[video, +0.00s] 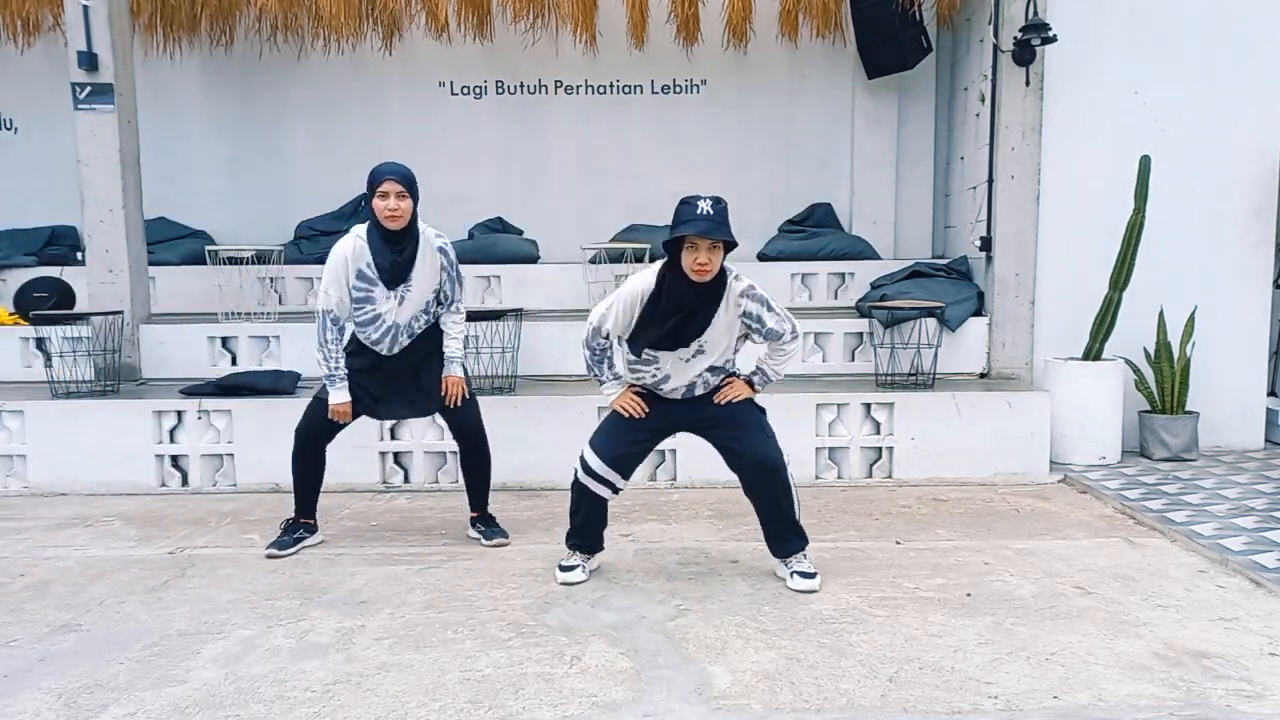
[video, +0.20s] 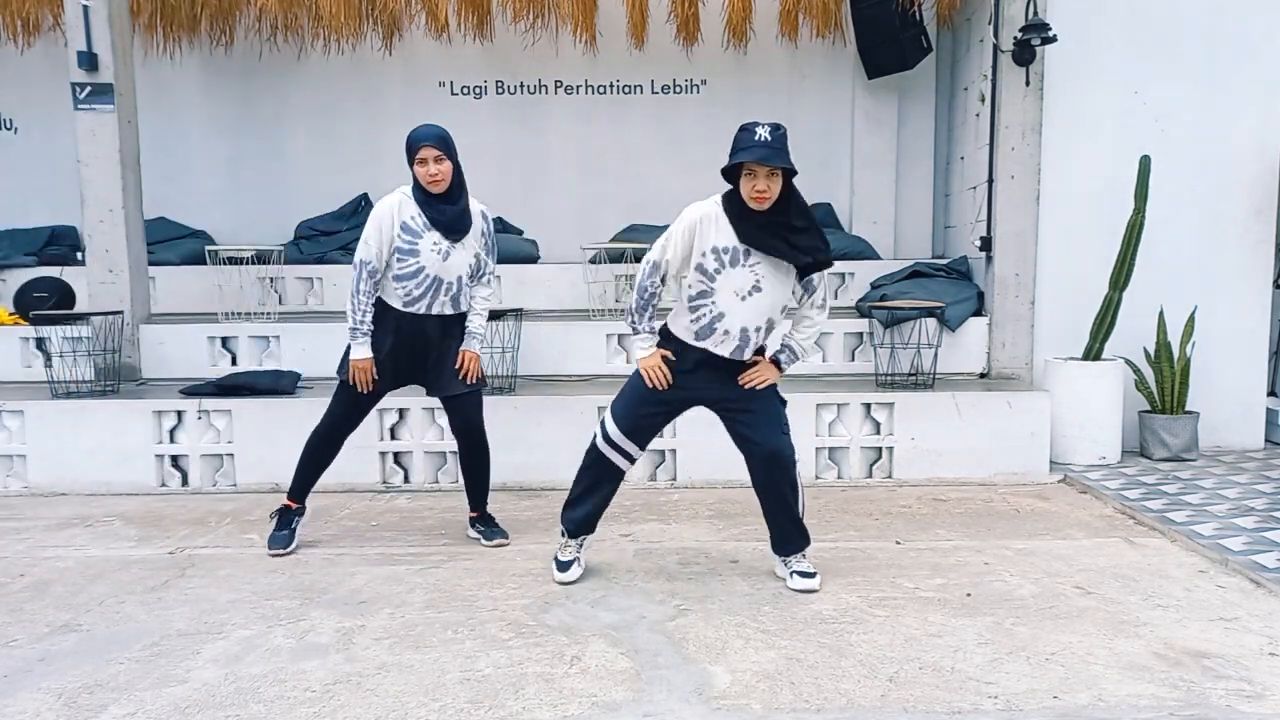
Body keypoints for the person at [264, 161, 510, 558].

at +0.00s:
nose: (393, 205)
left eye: (402, 196)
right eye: (383, 196)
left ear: (415, 201)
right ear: (370, 203)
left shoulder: (437, 247)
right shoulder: (347, 251)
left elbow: (453, 310)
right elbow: (329, 322)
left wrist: (454, 366)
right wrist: (337, 386)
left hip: (424, 364)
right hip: (365, 364)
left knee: (470, 424)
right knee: (309, 431)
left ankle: (481, 516)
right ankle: (303, 521)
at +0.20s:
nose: (433, 170)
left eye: (440, 160)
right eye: (422, 162)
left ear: (454, 161)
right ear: (411, 167)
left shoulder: (478, 217)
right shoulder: (390, 209)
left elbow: (484, 284)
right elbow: (363, 279)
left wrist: (473, 341)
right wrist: (360, 346)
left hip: (450, 339)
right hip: (391, 335)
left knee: (471, 428)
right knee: (337, 422)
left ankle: (480, 515)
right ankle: (291, 510)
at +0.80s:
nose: (386, 208)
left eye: (394, 199)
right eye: (376, 201)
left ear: (411, 200)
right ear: (369, 208)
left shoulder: (448, 244)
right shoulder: (361, 256)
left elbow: (468, 307)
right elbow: (353, 328)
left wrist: (461, 363)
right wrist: (359, 386)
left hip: (437, 349)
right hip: (378, 346)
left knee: (473, 418)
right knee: (325, 421)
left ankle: (481, 515)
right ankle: (306, 515)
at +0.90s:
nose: (355, 213)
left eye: (364, 204)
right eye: (346, 205)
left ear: (380, 207)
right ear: (337, 213)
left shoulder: (416, 248)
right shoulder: (330, 267)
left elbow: (447, 311)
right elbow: (334, 341)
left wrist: (447, 369)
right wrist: (347, 396)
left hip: (424, 360)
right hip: (363, 360)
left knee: (467, 425)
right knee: (307, 433)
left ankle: (481, 516)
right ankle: (307, 519)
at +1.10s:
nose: (309, 181)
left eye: (318, 171)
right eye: (300, 172)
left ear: (333, 174)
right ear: (289, 177)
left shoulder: (363, 213)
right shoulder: (284, 233)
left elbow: (399, 280)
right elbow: (291, 307)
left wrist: (407, 344)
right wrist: (307, 359)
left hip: (384, 337)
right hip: (330, 348)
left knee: (440, 415)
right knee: (293, 429)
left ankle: (486, 509)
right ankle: (307, 519)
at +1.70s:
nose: (309, 200)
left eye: (319, 192)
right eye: (301, 191)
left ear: (335, 197)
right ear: (291, 195)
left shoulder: (366, 232)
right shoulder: (282, 246)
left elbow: (409, 287)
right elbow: (288, 315)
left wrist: (410, 346)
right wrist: (310, 364)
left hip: (391, 331)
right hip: (336, 343)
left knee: (439, 413)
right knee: (299, 421)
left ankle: (478, 506)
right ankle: (306, 517)